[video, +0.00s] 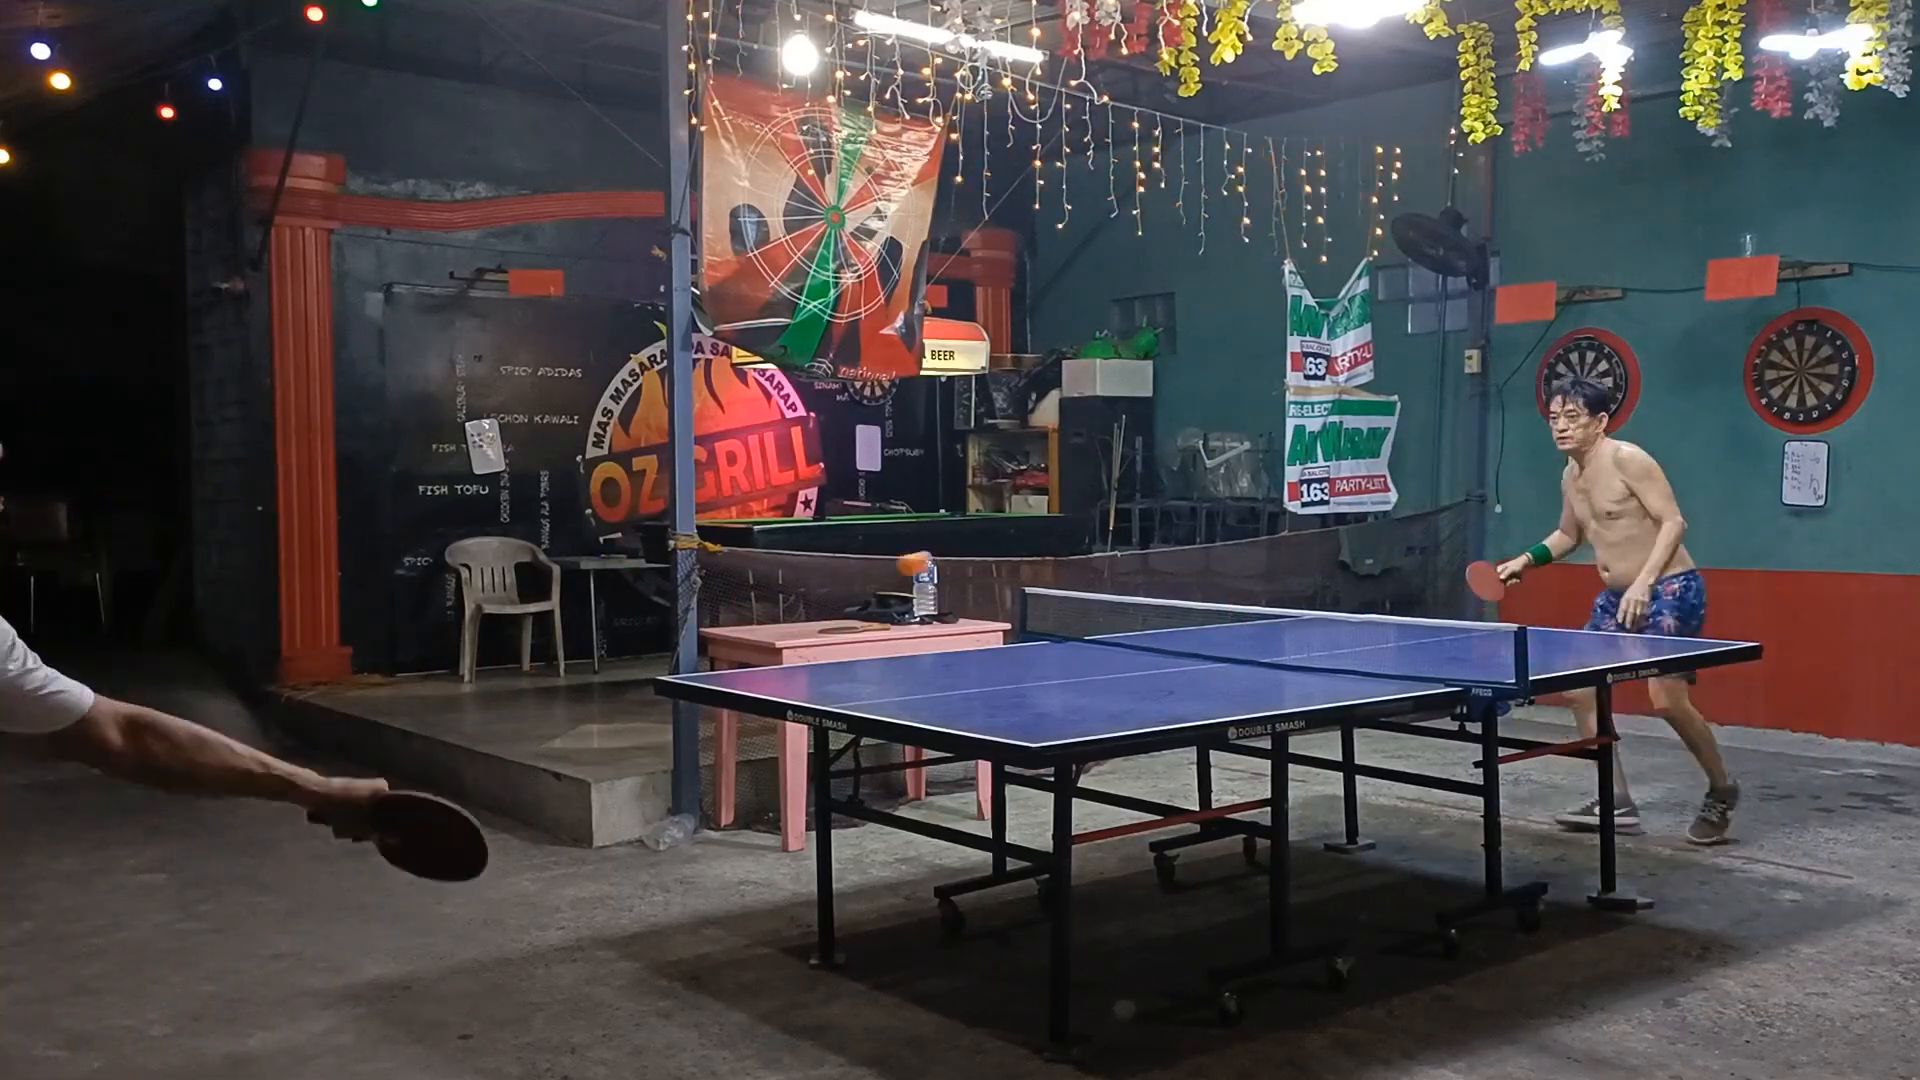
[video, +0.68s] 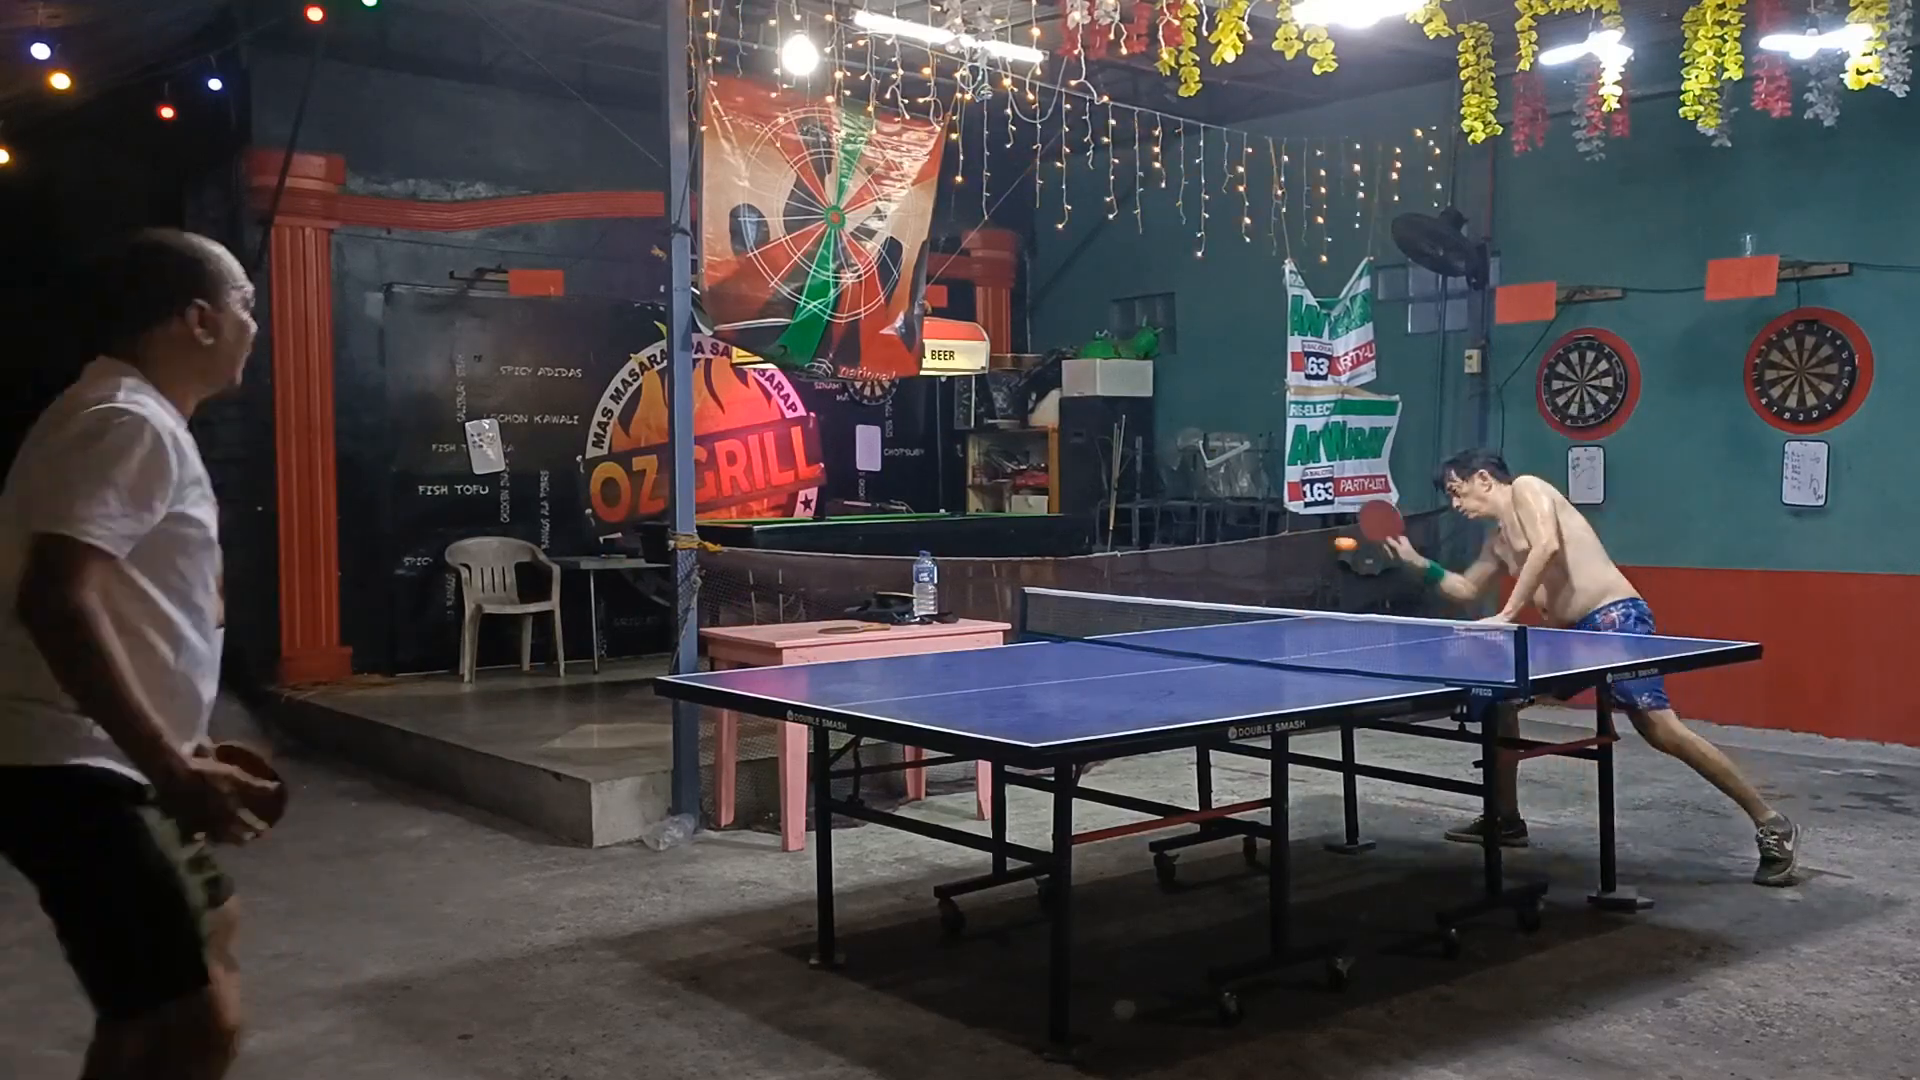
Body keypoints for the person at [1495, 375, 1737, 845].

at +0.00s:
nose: (1560, 425)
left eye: (1571, 416)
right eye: (1555, 418)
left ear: (1600, 420)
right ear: (1551, 424)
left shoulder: (1627, 458)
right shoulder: (1571, 476)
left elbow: (1673, 522)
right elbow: (1570, 534)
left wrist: (1644, 583)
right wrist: (1527, 559)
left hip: (1669, 592)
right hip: (1616, 597)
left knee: (1667, 699)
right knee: (1581, 694)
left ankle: (1722, 788)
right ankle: (1617, 800)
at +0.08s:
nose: (1570, 438)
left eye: (1581, 428)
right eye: (1564, 429)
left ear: (1610, 430)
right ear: (1559, 433)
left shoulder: (1639, 468)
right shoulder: (1577, 483)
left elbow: (1669, 531)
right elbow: (1557, 539)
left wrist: (1618, 584)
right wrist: (1519, 557)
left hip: (1684, 605)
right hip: (1631, 613)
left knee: (1699, 707)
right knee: (1591, 703)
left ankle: (1767, 822)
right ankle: (1628, 815)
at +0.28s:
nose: (1571, 464)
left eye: (1580, 453)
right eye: (1566, 454)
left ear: (1613, 452)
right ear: (1567, 456)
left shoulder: (1642, 488)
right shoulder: (1598, 502)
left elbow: (1624, 557)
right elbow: (1570, 555)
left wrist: (1546, 596)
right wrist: (1512, 560)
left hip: (1697, 624)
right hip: (1641, 628)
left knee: (1720, 733)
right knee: (1566, 695)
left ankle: (1801, 844)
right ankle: (1592, 806)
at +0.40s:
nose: (1544, 468)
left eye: (1552, 457)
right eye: (1540, 459)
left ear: (1585, 454)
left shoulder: (1611, 485)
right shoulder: (1589, 500)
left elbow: (1590, 555)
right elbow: (1582, 561)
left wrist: (1521, 600)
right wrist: (1514, 568)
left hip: (1685, 622)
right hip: (1634, 630)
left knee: (1718, 737)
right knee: (1567, 706)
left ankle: (1800, 844)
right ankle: (1525, 814)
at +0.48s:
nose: (1507, 491)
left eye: (1512, 478)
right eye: (1504, 483)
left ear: (1543, 470)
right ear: (1537, 476)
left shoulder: (1570, 492)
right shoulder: (1574, 513)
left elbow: (1566, 553)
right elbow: (1580, 594)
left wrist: (1509, 606)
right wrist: (1518, 604)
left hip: (1661, 628)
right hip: (1624, 639)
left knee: (1699, 741)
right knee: (1542, 709)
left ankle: (1796, 840)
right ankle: (1513, 815)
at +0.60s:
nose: (1469, 510)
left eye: (1472, 498)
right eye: (1465, 502)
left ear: (1502, 486)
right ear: (1493, 496)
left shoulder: (1536, 497)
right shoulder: (1528, 533)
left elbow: (1556, 553)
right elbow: (1555, 613)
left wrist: (1505, 616)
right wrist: (1502, 632)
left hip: (1633, 626)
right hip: (1587, 640)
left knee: (1679, 741)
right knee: (1507, 706)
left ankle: (1787, 830)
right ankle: (1507, 818)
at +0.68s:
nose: (1457, 507)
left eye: (1458, 495)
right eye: (1452, 500)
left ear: (1484, 478)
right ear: (1475, 490)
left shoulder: (1526, 488)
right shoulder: (1501, 536)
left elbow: (1545, 546)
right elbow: (1465, 589)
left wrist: (1505, 616)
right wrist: (1418, 564)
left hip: (1618, 618)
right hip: (1575, 635)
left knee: (1663, 730)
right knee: (1496, 699)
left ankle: (1770, 823)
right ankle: (1503, 816)